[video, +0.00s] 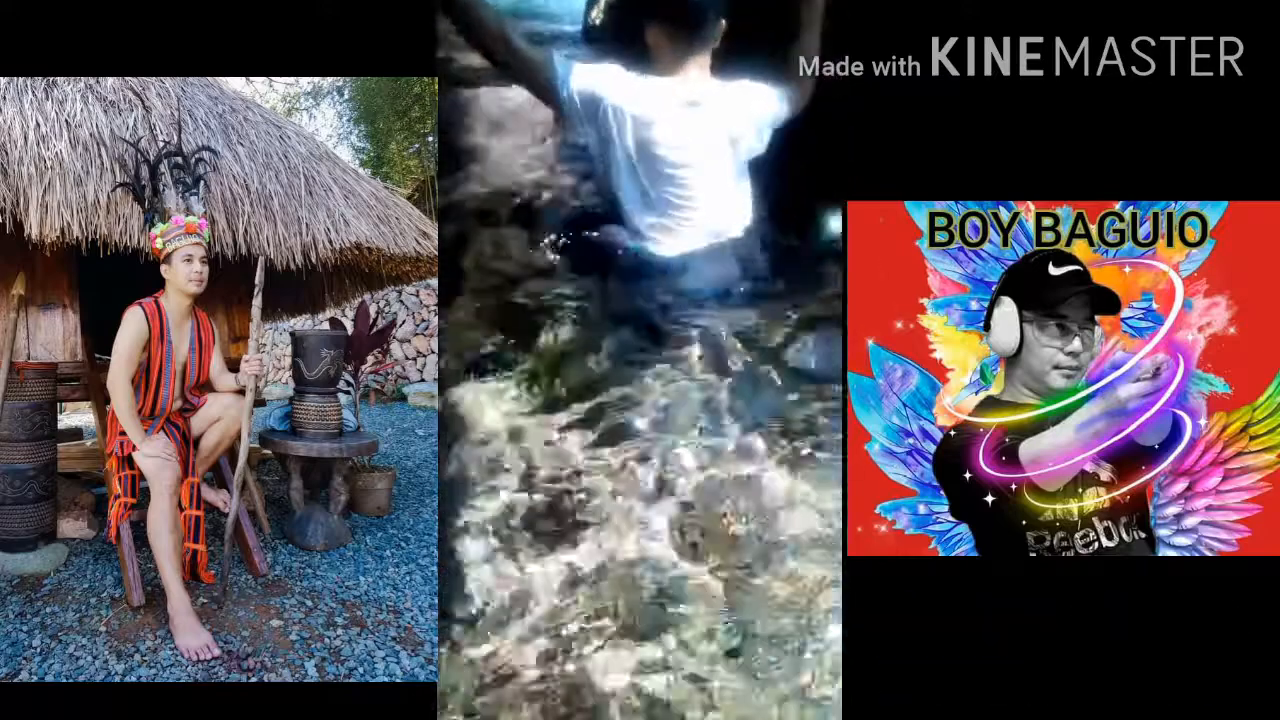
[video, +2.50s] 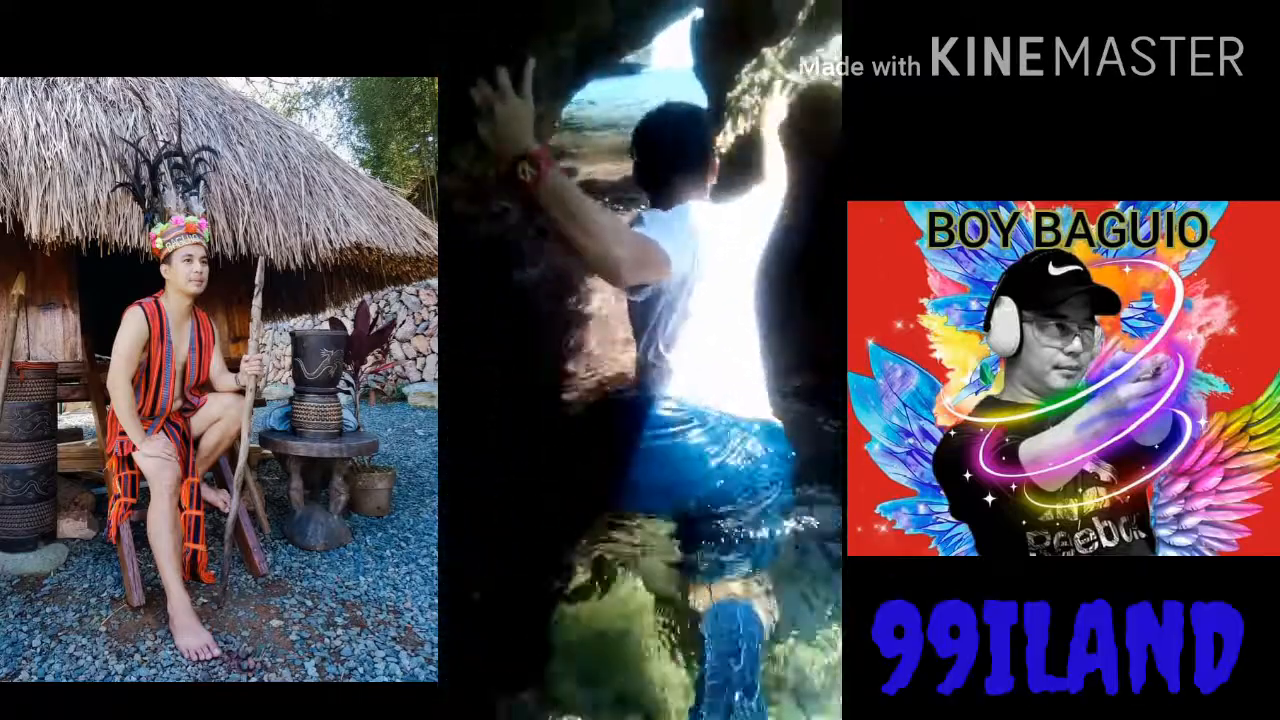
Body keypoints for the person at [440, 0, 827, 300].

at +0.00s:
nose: (648, 37)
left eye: (648, 27)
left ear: (652, 34)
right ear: (721, 34)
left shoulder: (613, 95)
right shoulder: (747, 102)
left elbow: (508, 53)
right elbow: (802, 86)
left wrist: (458, 3)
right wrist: (813, 12)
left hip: (657, 269)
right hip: (731, 265)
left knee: (572, 233)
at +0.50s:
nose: (632, 112)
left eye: (636, 101)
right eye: (635, 101)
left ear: (650, 107)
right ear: (698, 113)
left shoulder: (606, 169)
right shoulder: (715, 164)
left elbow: (515, 137)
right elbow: (723, 114)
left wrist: (452, 58)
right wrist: (711, 53)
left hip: (651, 325)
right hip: (719, 313)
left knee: (572, 299)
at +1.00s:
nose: (599, 154)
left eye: (617, 145)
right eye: (595, 142)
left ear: (647, 161)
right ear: (586, 146)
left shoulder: (593, 205)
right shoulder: (650, 206)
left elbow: (520, 175)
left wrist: (454, 96)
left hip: (635, 341)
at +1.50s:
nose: (618, 152)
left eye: (632, 141)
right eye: (615, 140)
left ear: (665, 150)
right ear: (611, 141)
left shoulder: (622, 193)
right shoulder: (670, 200)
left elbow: (566, 161)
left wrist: (510, 77)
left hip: (649, 343)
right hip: (703, 343)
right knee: (690, 444)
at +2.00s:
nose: (635, 118)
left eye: (640, 107)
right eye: (634, 107)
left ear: (667, 106)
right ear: (696, 112)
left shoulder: (668, 157)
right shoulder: (708, 162)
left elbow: (618, 141)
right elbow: (598, 196)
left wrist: (545, 43)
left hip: (683, 351)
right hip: (738, 345)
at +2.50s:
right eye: (716, 156)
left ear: (643, 168)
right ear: (712, 167)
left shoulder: (679, 229)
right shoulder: (736, 225)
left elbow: (620, 259)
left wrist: (527, 157)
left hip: (690, 439)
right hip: (751, 444)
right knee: (733, 592)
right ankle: (735, 707)